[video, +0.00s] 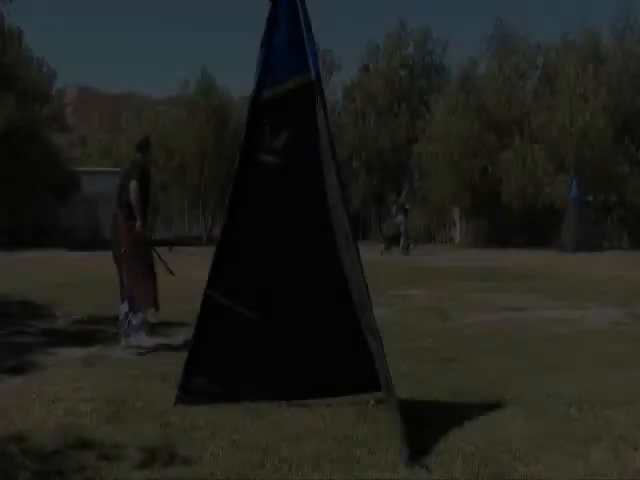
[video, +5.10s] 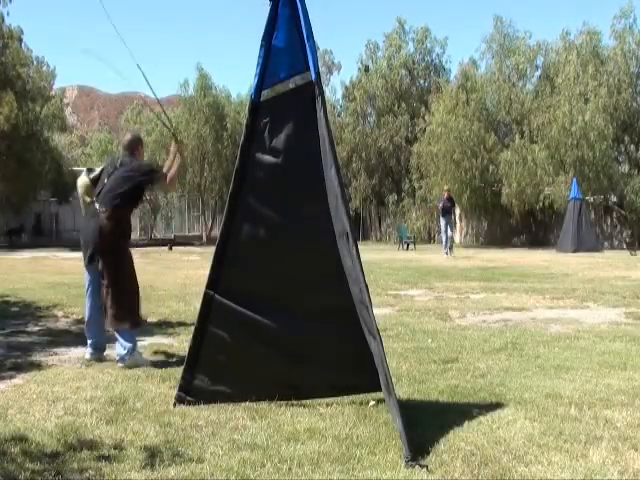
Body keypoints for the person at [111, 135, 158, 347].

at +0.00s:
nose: (153, 157)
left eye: (151, 152)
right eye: (152, 152)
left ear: (137, 150)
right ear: (148, 152)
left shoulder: (132, 169)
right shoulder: (138, 169)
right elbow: (134, 195)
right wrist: (140, 221)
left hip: (124, 233)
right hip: (131, 234)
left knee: (130, 278)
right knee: (138, 277)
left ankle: (128, 325)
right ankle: (135, 329)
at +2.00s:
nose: (140, 141)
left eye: (138, 137)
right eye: (139, 138)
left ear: (119, 139)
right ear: (136, 138)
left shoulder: (107, 163)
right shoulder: (133, 158)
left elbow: (92, 200)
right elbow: (136, 195)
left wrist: (100, 228)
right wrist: (145, 225)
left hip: (105, 234)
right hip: (125, 232)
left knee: (106, 295)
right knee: (135, 291)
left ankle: (101, 348)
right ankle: (146, 349)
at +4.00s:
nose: (146, 135)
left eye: (143, 132)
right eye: (145, 132)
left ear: (126, 135)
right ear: (141, 133)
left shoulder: (114, 159)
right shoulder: (144, 156)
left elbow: (98, 196)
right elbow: (149, 193)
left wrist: (105, 226)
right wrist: (156, 226)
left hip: (112, 229)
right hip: (134, 230)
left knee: (109, 294)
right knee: (138, 292)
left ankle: (101, 349)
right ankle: (144, 351)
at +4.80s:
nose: (140, 140)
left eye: (138, 136)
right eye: (139, 136)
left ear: (120, 138)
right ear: (135, 137)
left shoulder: (110, 160)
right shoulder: (134, 156)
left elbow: (101, 194)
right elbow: (148, 181)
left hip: (106, 223)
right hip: (124, 225)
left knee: (107, 288)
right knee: (132, 288)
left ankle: (96, 346)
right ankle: (144, 351)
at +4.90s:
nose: (140, 138)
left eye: (138, 135)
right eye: (139, 134)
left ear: (119, 138)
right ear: (134, 136)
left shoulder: (112, 160)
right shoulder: (128, 152)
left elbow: (110, 200)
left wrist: (140, 214)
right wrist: (167, 149)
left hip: (100, 236)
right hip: (119, 237)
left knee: (104, 292)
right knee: (138, 289)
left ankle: (95, 347)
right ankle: (143, 350)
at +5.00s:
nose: (144, 140)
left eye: (143, 137)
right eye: (142, 136)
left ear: (123, 138)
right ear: (135, 138)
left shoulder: (110, 163)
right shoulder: (129, 156)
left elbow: (94, 186)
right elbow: (143, 136)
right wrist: (163, 119)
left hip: (98, 238)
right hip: (118, 238)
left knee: (100, 296)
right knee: (133, 292)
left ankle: (95, 347)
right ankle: (130, 349)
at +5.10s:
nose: (144, 151)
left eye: (141, 148)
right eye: (143, 148)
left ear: (123, 148)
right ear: (139, 149)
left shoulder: (112, 164)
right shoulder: (141, 168)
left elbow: (90, 184)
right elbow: (167, 181)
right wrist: (177, 156)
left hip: (92, 224)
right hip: (111, 229)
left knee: (94, 285)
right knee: (122, 284)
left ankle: (94, 346)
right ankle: (126, 350)